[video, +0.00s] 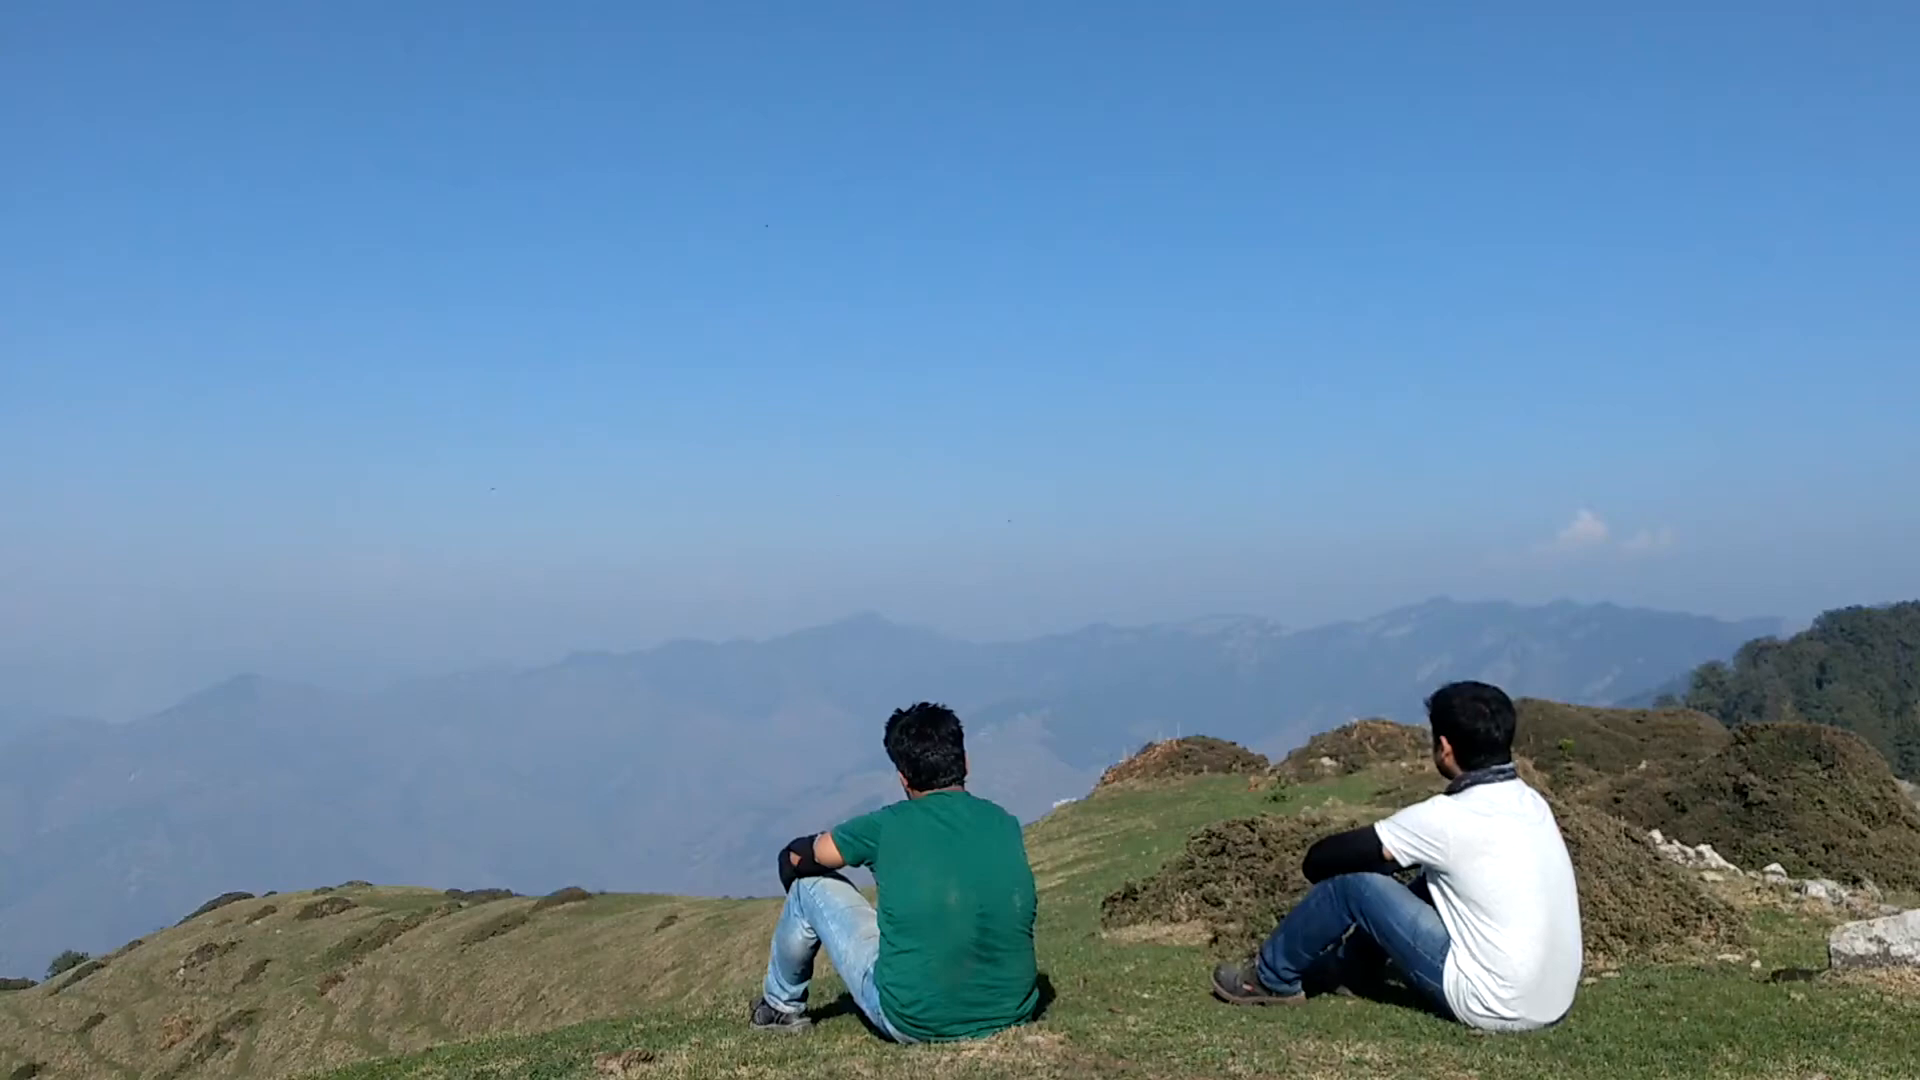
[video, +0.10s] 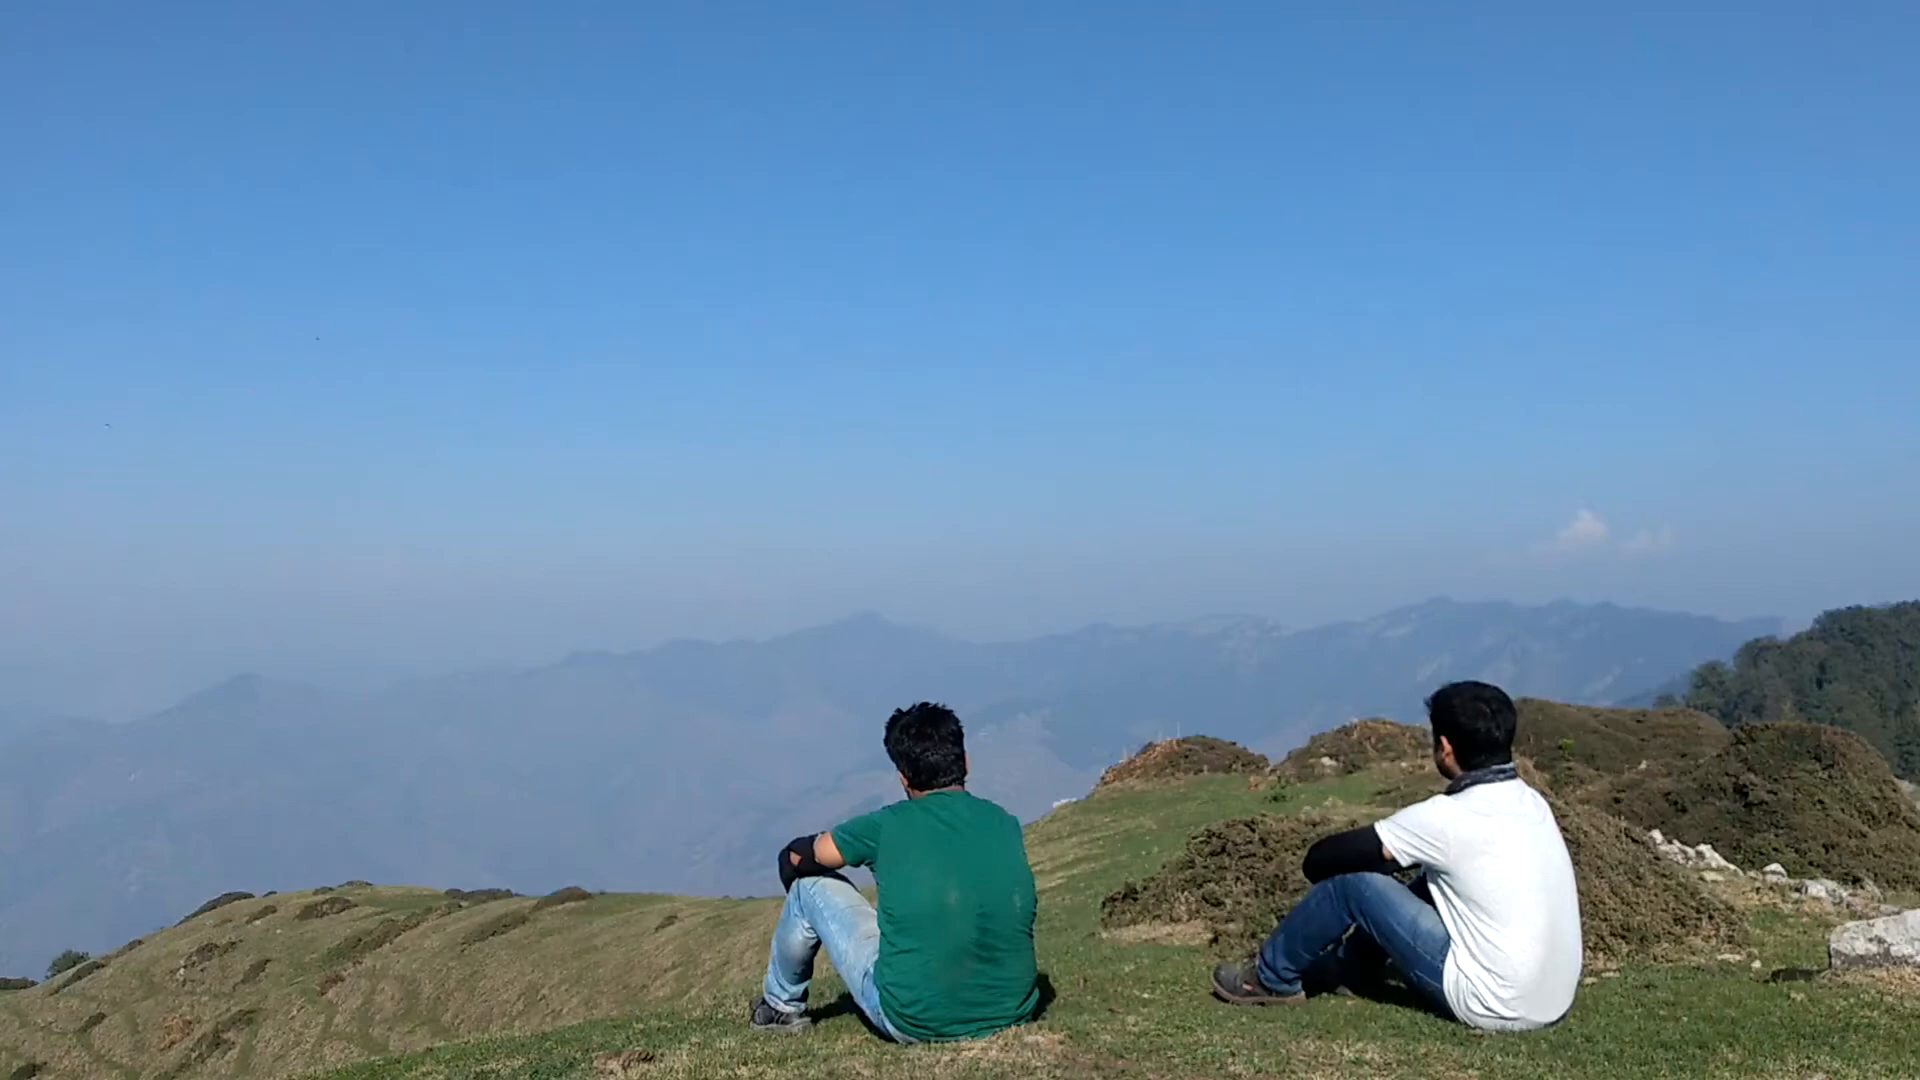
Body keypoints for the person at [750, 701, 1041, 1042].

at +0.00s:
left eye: (898, 771)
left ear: (904, 778)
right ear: (966, 764)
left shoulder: (888, 824)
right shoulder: (1006, 822)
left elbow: (796, 857)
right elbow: (1021, 912)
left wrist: (798, 891)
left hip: (915, 1020)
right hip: (1009, 1012)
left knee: (811, 886)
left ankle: (781, 1005)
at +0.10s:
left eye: (898, 771)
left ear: (904, 778)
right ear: (966, 764)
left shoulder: (888, 824)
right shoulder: (1007, 823)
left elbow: (796, 857)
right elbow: (1022, 913)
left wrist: (798, 891)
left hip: (915, 1020)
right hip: (1009, 1012)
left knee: (811, 886)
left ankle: (781, 1005)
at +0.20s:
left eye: (898, 771)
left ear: (904, 778)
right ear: (966, 764)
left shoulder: (888, 824)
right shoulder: (1007, 823)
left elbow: (796, 857)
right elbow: (1022, 913)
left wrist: (799, 893)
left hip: (915, 1020)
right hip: (1009, 1012)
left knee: (811, 886)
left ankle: (781, 1005)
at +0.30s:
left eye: (898, 771)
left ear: (904, 778)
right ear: (966, 764)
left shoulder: (888, 824)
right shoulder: (1007, 823)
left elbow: (796, 857)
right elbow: (1022, 913)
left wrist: (799, 894)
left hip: (915, 1020)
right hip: (1009, 1012)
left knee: (810, 886)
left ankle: (781, 1005)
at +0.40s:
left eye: (898, 771)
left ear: (904, 778)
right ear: (966, 764)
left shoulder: (888, 824)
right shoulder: (1007, 823)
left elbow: (796, 857)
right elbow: (1022, 913)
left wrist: (798, 892)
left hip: (915, 1020)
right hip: (1008, 1012)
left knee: (810, 885)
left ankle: (781, 1005)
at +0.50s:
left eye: (898, 770)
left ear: (904, 778)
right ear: (966, 764)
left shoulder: (888, 824)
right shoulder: (1006, 823)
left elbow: (796, 857)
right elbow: (1022, 913)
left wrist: (797, 890)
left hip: (915, 1020)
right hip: (1008, 1012)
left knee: (810, 886)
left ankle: (781, 1005)